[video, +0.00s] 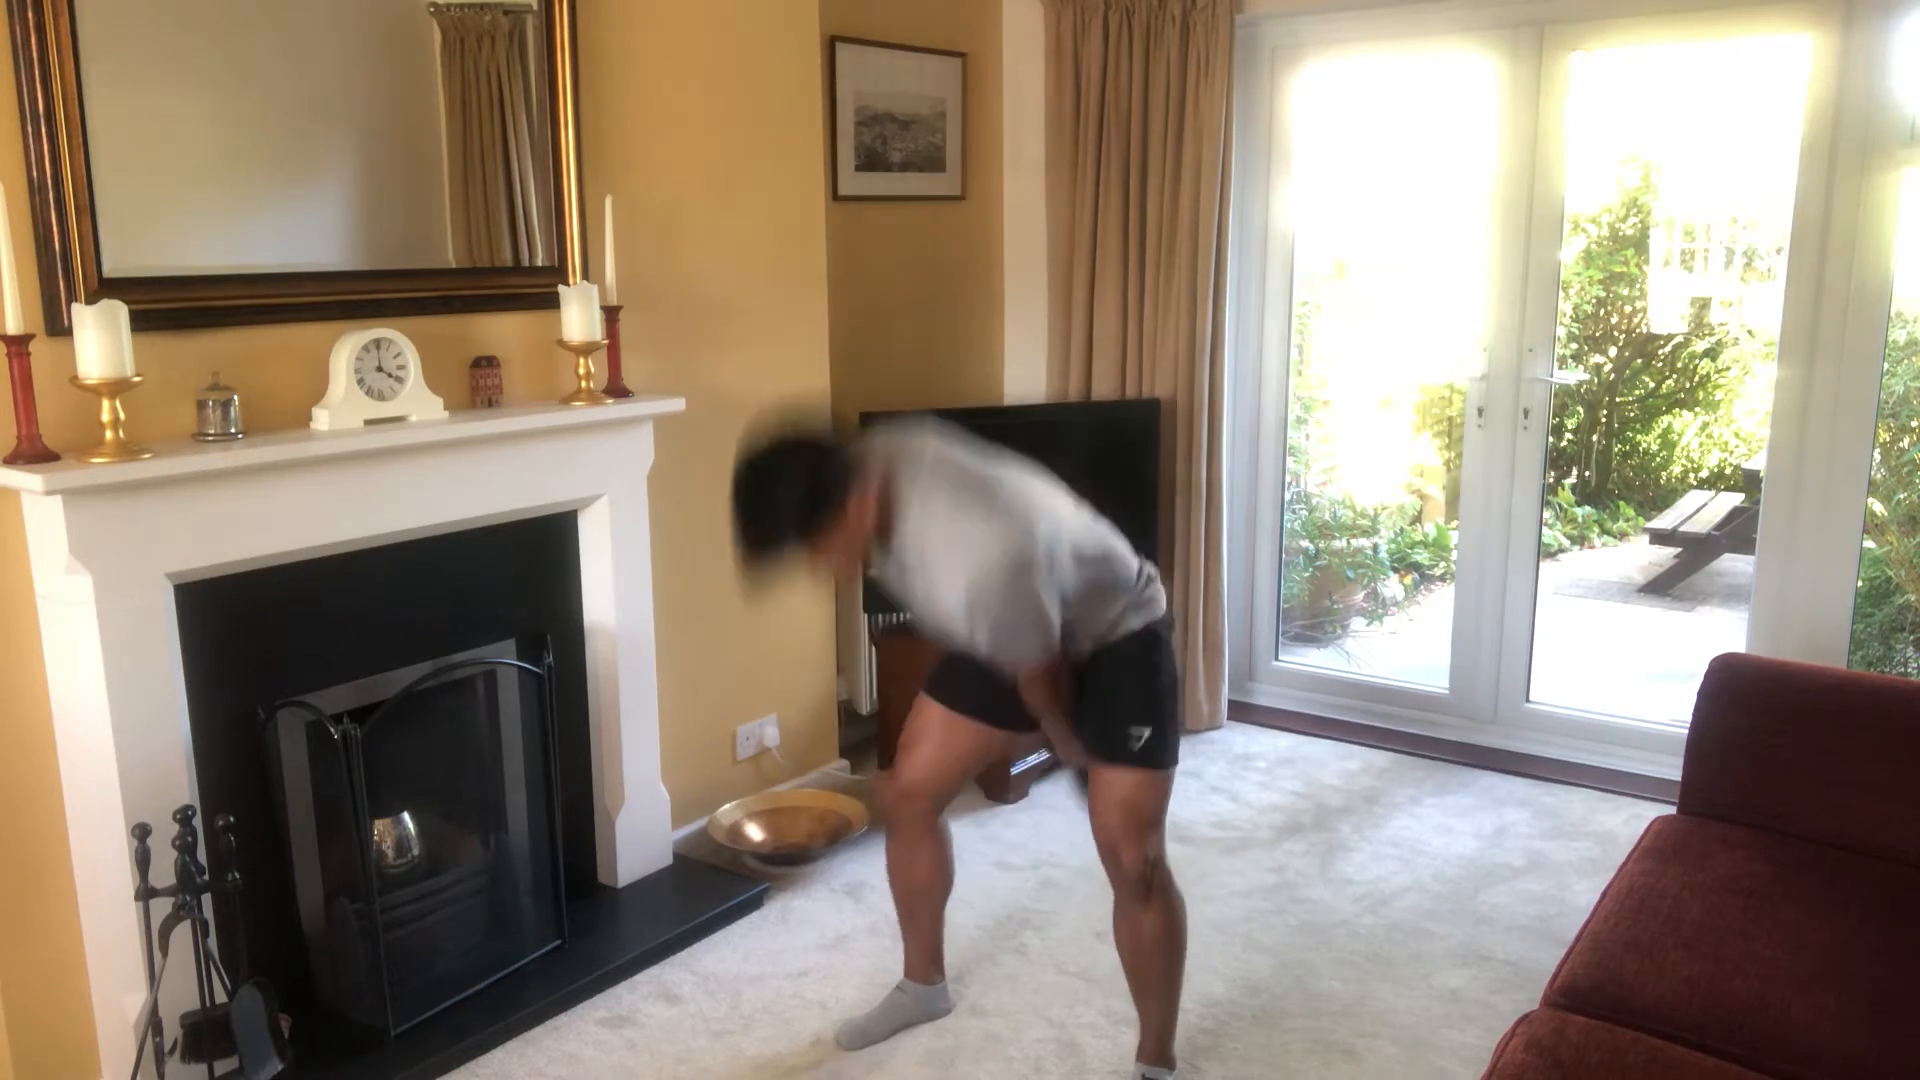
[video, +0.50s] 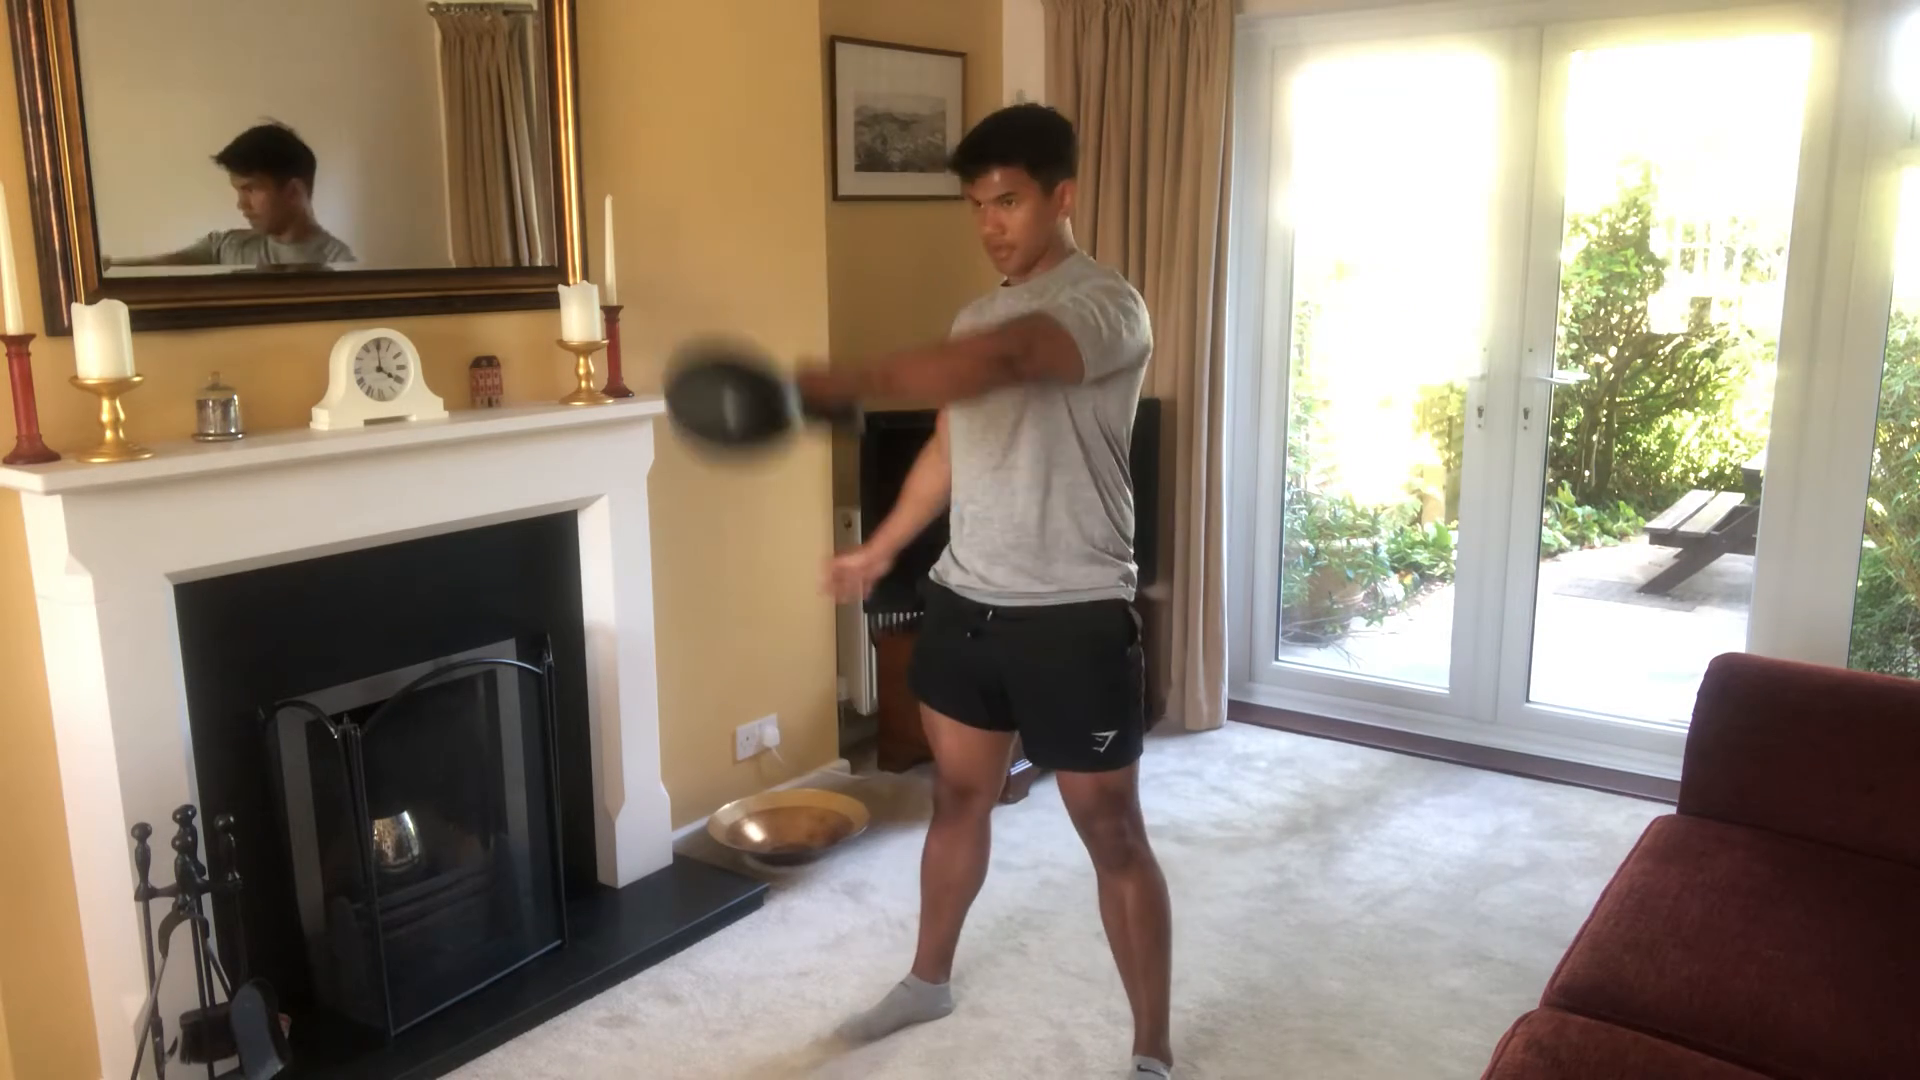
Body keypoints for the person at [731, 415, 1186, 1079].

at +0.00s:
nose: (821, 563)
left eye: (815, 544)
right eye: (807, 551)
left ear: (845, 509)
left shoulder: (976, 555)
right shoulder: (878, 458)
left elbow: (1041, 683)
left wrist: (1074, 752)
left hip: (1116, 628)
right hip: (1012, 620)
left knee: (1133, 857)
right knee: (908, 795)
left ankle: (1156, 1061)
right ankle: (923, 984)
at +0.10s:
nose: (845, 381)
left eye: (849, 359)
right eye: (835, 363)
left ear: (898, 327)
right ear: (866, 341)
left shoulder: (1014, 412)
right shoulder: (893, 383)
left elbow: (1023, 598)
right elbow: (892, 461)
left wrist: (1023, 723)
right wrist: (883, 536)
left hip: (1106, 616)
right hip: (999, 607)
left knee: (1131, 843)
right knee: (930, 790)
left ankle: (1157, 1055)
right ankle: (925, 982)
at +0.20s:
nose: (913, 272)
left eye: (928, 249)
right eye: (904, 253)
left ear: (985, 227)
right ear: (905, 243)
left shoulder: (1055, 334)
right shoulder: (932, 321)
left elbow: (1007, 516)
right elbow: (912, 430)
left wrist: (964, 669)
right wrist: (856, 526)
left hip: (1092, 601)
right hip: (987, 591)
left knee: (1114, 830)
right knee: (951, 782)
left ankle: (1153, 1056)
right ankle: (928, 982)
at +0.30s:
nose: (964, 244)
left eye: (978, 221)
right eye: (951, 226)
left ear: (1035, 207)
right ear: (944, 224)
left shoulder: (1096, 318)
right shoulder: (960, 320)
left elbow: (1013, 455)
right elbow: (919, 433)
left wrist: (914, 585)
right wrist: (847, 523)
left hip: (1083, 609)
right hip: (972, 598)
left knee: (1115, 833)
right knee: (956, 800)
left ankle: (1153, 1051)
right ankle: (928, 982)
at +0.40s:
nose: (986, 233)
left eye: (1002, 211)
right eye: (973, 216)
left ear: (1057, 202)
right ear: (965, 214)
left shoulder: (1107, 311)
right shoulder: (968, 319)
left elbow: (1012, 400)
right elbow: (937, 436)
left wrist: (886, 485)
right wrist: (869, 508)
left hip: (1080, 610)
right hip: (971, 599)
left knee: (1112, 837)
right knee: (957, 800)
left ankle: (1152, 1052)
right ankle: (928, 981)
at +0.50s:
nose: (990, 223)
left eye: (1007, 201)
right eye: (978, 206)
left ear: (1063, 198)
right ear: (972, 209)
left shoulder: (1110, 307)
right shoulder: (978, 319)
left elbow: (998, 362)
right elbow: (950, 448)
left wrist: (837, 382)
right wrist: (880, 547)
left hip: (1077, 614)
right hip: (967, 606)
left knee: (1111, 833)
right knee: (957, 800)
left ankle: (1152, 1051)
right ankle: (928, 981)